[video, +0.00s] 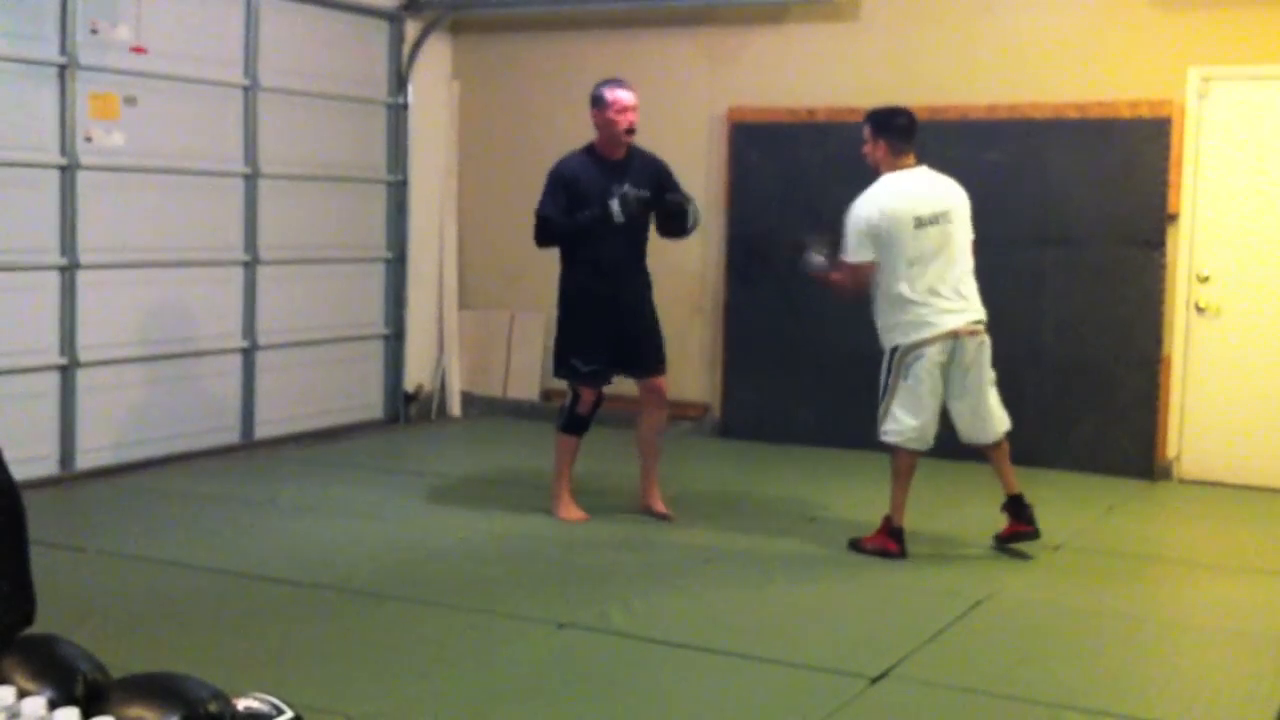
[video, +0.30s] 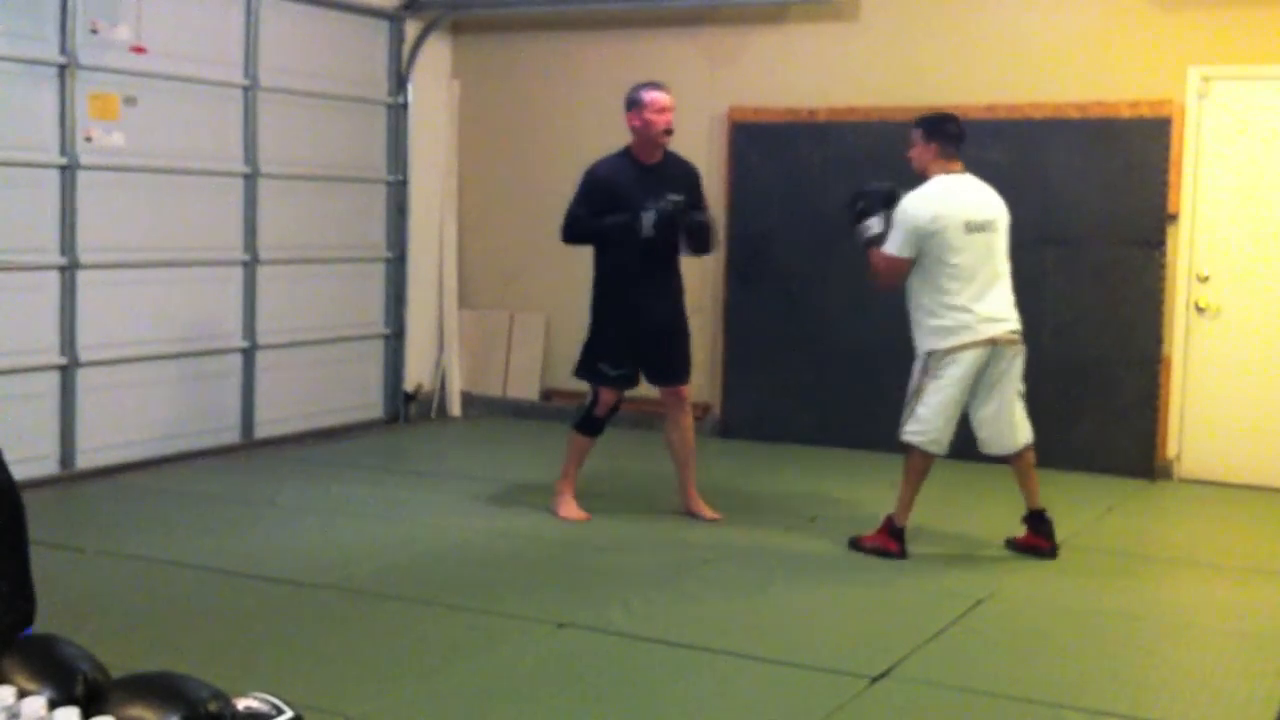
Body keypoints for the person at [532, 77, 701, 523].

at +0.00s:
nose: (630, 119)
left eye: (633, 110)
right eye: (620, 111)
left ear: (638, 114)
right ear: (596, 117)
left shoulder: (649, 168)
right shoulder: (570, 171)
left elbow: (673, 226)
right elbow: (544, 234)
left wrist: (676, 210)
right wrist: (602, 214)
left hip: (633, 296)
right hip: (585, 299)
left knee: (655, 391)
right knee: (585, 395)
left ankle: (650, 491)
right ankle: (562, 493)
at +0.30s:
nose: (668, 120)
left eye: (670, 111)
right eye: (659, 112)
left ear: (672, 117)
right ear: (633, 119)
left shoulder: (683, 174)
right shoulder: (605, 174)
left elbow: (702, 244)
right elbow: (572, 230)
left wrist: (688, 219)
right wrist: (634, 224)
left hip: (666, 304)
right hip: (617, 304)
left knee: (678, 397)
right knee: (605, 399)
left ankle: (690, 495)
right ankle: (565, 489)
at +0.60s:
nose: (690, 115)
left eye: (692, 106)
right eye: (681, 106)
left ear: (694, 111)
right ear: (655, 112)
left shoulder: (703, 167)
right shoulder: (631, 168)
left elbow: (733, 225)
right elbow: (636, 216)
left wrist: (763, 201)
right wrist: (678, 159)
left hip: (686, 296)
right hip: (641, 296)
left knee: (686, 396)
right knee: (646, 396)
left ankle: (691, 494)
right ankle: (618, 490)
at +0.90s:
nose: (700, 127)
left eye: (702, 119)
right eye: (693, 119)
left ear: (695, 122)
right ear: (666, 118)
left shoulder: (697, 168)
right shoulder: (640, 173)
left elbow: (705, 228)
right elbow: (656, 221)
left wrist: (740, 227)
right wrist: (701, 169)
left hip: (695, 298)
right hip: (650, 301)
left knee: (739, 382)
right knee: (652, 400)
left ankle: (733, 487)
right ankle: (621, 495)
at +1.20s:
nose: (745, 135)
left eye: (748, 126)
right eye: (737, 125)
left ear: (750, 127)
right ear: (713, 122)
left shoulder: (744, 174)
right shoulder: (686, 173)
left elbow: (781, 223)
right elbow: (702, 224)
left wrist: (804, 175)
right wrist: (745, 161)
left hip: (739, 303)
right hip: (692, 304)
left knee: (761, 397)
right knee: (683, 405)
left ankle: (779, 502)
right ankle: (627, 486)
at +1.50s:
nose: (777, 139)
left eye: (783, 130)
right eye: (771, 129)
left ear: (783, 127)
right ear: (749, 120)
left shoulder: (771, 168)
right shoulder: (717, 169)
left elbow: (797, 226)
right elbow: (744, 220)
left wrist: (832, 189)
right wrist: (777, 162)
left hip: (760, 291)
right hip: (720, 293)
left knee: (775, 396)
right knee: (728, 399)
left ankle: (780, 505)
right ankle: (681, 496)